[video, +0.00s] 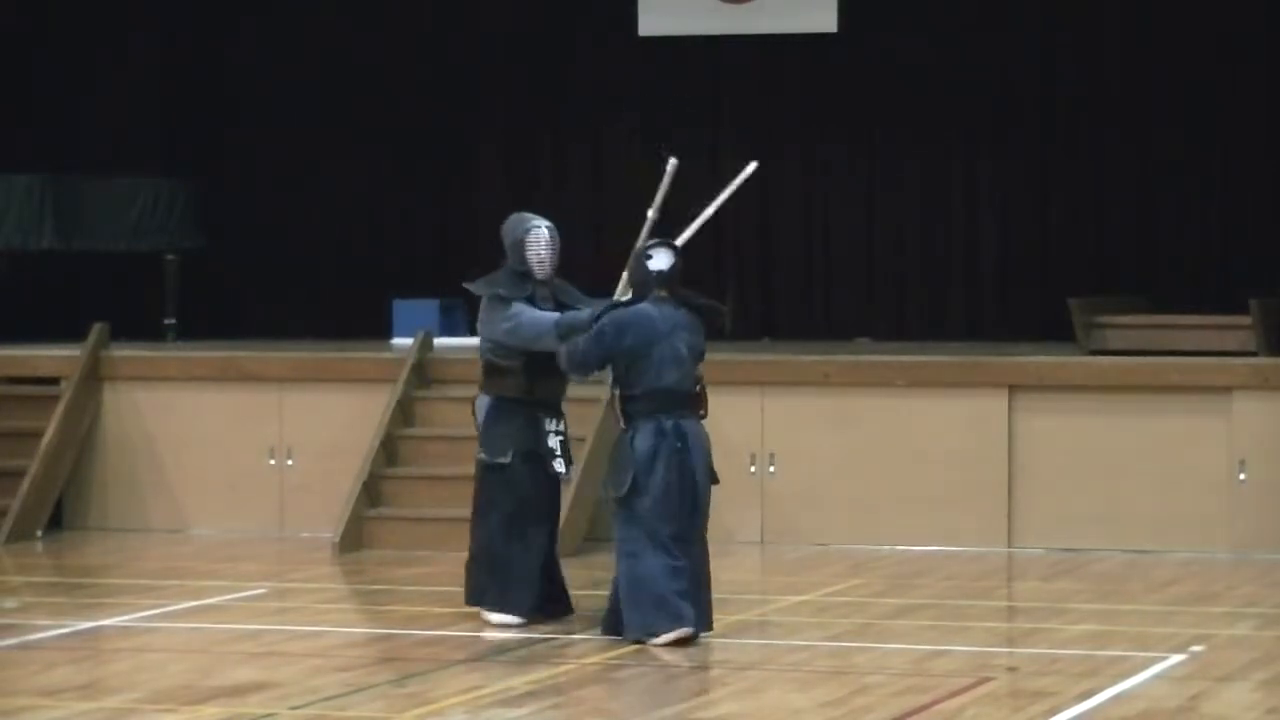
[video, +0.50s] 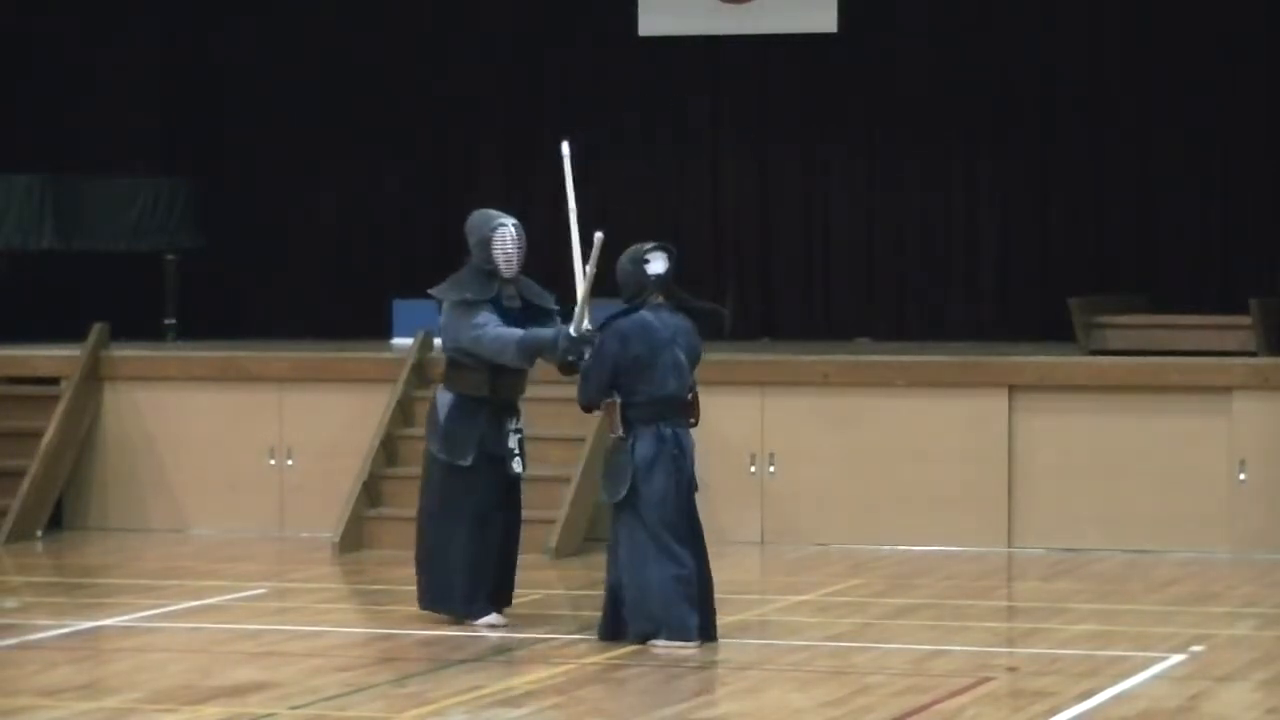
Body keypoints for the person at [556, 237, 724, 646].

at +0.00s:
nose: (626, 276)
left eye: (629, 270)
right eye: (631, 269)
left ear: (636, 277)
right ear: (672, 278)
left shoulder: (627, 321)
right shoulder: (690, 322)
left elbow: (576, 358)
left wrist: (575, 330)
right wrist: (624, 313)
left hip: (650, 432)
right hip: (692, 430)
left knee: (643, 526)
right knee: (681, 526)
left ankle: (670, 619)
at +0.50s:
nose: (620, 287)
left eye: (622, 281)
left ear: (628, 284)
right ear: (664, 283)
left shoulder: (618, 332)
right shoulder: (684, 327)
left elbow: (589, 396)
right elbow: (686, 367)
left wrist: (600, 363)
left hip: (641, 437)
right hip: (680, 434)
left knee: (647, 529)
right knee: (676, 528)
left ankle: (677, 628)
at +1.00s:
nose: (570, 287)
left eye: (573, 282)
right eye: (573, 282)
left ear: (582, 283)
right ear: (614, 282)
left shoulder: (580, 324)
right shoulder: (636, 322)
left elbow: (538, 365)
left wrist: (543, 321)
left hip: (606, 431)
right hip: (640, 429)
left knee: (612, 521)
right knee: (629, 519)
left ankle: (660, 610)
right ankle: (607, 621)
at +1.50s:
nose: (581, 282)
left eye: (583, 276)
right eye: (585, 276)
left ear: (589, 279)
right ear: (621, 275)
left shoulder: (588, 326)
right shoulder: (640, 320)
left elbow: (553, 383)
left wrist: (528, 382)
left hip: (605, 432)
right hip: (636, 429)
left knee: (605, 520)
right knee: (627, 517)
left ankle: (663, 604)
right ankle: (599, 615)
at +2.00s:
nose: (601, 284)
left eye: (604, 277)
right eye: (604, 276)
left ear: (610, 279)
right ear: (640, 277)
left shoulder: (613, 326)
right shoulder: (655, 321)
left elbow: (576, 398)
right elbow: (603, 370)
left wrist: (543, 400)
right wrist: (551, 387)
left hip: (622, 435)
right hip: (653, 430)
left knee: (608, 525)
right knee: (646, 522)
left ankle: (651, 606)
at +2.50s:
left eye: (561, 283)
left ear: (565, 288)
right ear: (601, 283)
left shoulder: (571, 335)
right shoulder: (617, 328)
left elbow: (534, 413)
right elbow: (586, 382)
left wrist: (508, 405)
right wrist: (536, 380)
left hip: (583, 450)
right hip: (618, 445)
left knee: (544, 525)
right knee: (621, 527)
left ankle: (528, 621)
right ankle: (644, 617)